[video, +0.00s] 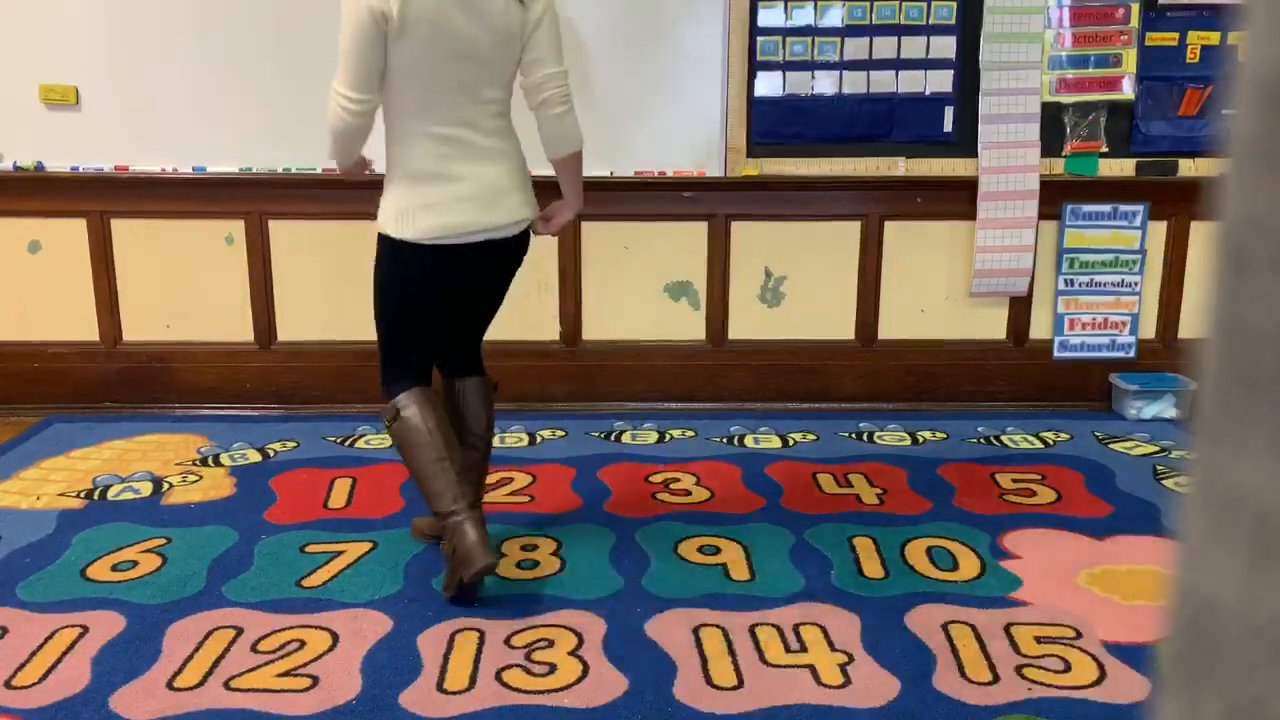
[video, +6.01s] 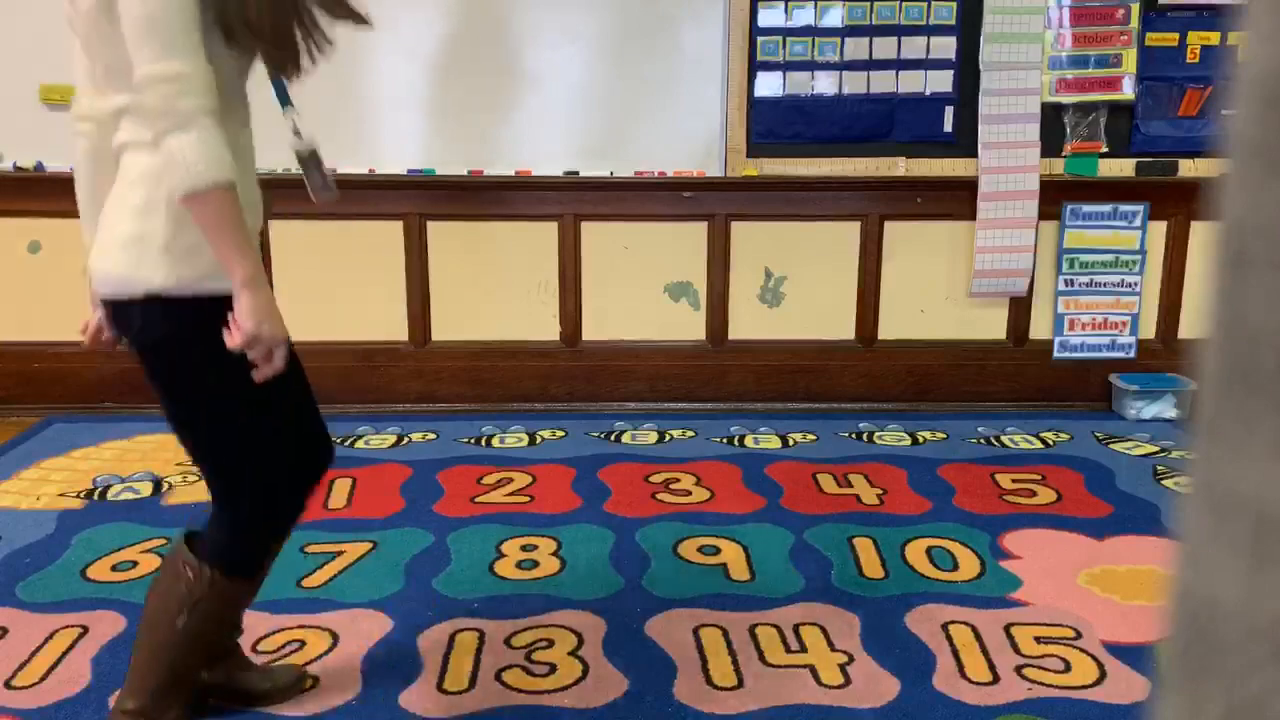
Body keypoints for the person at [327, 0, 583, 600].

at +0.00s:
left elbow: (351, 109)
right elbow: (550, 94)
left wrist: (348, 163)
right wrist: (572, 197)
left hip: (420, 222)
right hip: (504, 216)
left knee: (404, 375)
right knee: (464, 354)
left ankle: (466, 529)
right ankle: (461, 512)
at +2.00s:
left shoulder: (440, 4)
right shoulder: (558, 3)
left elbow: (451, 114)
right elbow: (572, 109)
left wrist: (498, 185)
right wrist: (621, 224)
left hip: (485, 234)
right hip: (555, 237)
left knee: (560, 368)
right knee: (594, 400)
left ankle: (549, 525)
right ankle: (521, 580)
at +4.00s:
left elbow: (154, 61)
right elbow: (331, 53)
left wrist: (146, 187)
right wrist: (391, 171)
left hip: (217, 190)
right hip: (313, 190)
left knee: (255, 379)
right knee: (337, 381)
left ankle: (269, 569)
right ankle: (290, 580)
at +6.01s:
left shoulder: (104, 12)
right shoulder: (159, 5)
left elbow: (101, 117)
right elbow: (179, 108)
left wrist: (106, 270)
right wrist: (250, 279)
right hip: (175, 268)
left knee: (292, 453)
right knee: (267, 471)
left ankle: (210, 654)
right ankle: (151, 696)